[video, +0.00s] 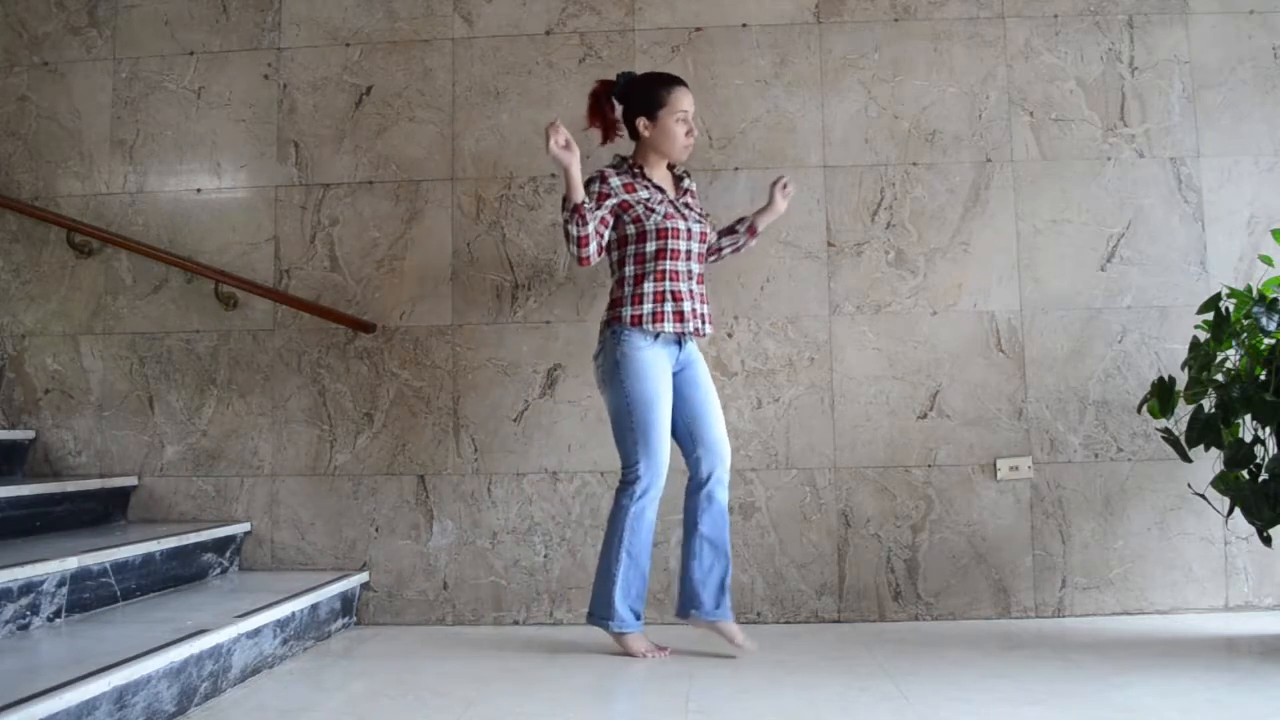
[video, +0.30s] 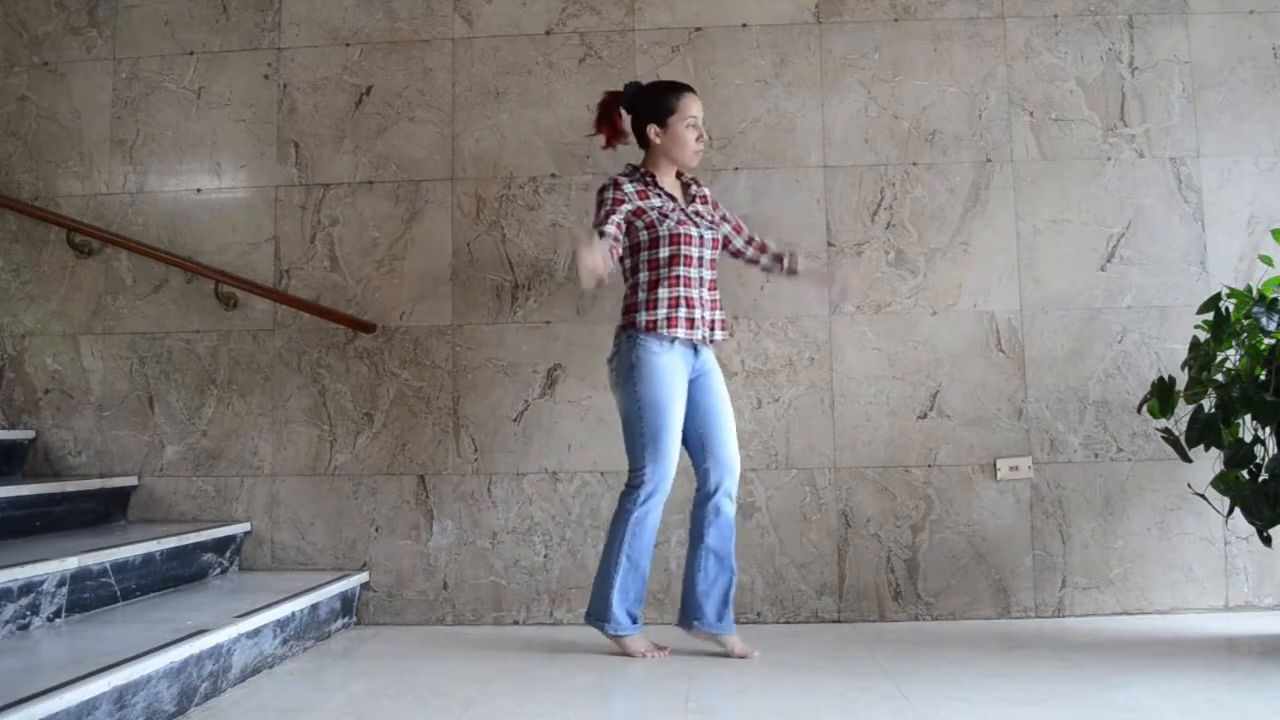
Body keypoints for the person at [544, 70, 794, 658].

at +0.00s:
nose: (693, 130)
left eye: (694, 121)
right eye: (682, 120)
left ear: (678, 129)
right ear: (643, 126)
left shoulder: (685, 193)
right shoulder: (615, 183)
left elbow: (705, 253)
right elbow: (585, 251)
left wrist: (766, 215)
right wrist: (573, 175)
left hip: (684, 345)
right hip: (636, 343)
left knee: (714, 461)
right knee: (646, 471)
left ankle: (707, 603)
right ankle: (620, 619)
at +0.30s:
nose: (702, 136)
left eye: (703, 125)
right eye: (691, 125)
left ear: (690, 133)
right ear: (654, 133)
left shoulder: (703, 201)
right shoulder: (625, 193)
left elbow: (754, 248)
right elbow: (610, 239)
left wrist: (815, 273)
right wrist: (596, 257)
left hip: (701, 353)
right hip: (651, 350)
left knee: (722, 476)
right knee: (651, 480)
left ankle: (707, 617)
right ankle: (618, 620)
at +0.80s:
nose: (759, 129)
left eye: (758, 120)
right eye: (748, 119)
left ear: (722, 131)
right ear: (712, 128)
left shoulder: (730, 190)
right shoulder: (698, 178)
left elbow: (705, 273)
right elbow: (649, 258)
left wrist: (670, 330)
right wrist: (657, 313)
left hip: (726, 350)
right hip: (707, 347)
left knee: (731, 480)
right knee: (772, 468)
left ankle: (699, 614)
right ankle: (722, 616)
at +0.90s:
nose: (765, 127)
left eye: (764, 119)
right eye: (755, 118)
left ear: (729, 127)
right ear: (720, 125)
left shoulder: (737, 185)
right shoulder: (709, 171)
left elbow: (713, 272)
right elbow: (661, 248)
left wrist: (683, 344)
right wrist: (664, 308)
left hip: (730, 341)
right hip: (716, 340)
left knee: (732, 482)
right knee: (777, 467)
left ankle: (704, 618)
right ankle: (777, 622)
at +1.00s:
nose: (767, 133)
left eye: (767, 125)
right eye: (757, 123)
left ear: (732, 131)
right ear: (722, 128)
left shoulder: (738, 184)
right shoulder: (718, 172)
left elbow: (717, 278)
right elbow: (681, 247)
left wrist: (692, 355)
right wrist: (670, 318)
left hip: (730, 342)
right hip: (731, 342)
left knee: (734, 487)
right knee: (776, 479)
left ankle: (703, 620)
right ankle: (781, 628)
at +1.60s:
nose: (790, 124)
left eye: (790, 112)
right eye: (780, 111)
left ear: (738, 120)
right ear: (741, 116)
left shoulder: (718, 179)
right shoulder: (751, 170)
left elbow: (731, 265)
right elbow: (800, 242)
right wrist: (874, 318)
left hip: (715, 336)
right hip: (748, 334)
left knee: (730, 483)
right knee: (770, 486)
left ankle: (701, 616)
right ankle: (752, 646)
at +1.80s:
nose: (797, 110)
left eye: (797, 99)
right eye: (787, 99)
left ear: (753, 107)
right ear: (750, 103)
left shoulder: (733, 165)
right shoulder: (755, 159)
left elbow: (774, 259)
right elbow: (804, 234)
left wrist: (809, 338)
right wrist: (867, 308)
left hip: (742, 329)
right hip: (762, 326)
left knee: (757, 481)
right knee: (774, 486)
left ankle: (709, 611)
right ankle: (751, 652)